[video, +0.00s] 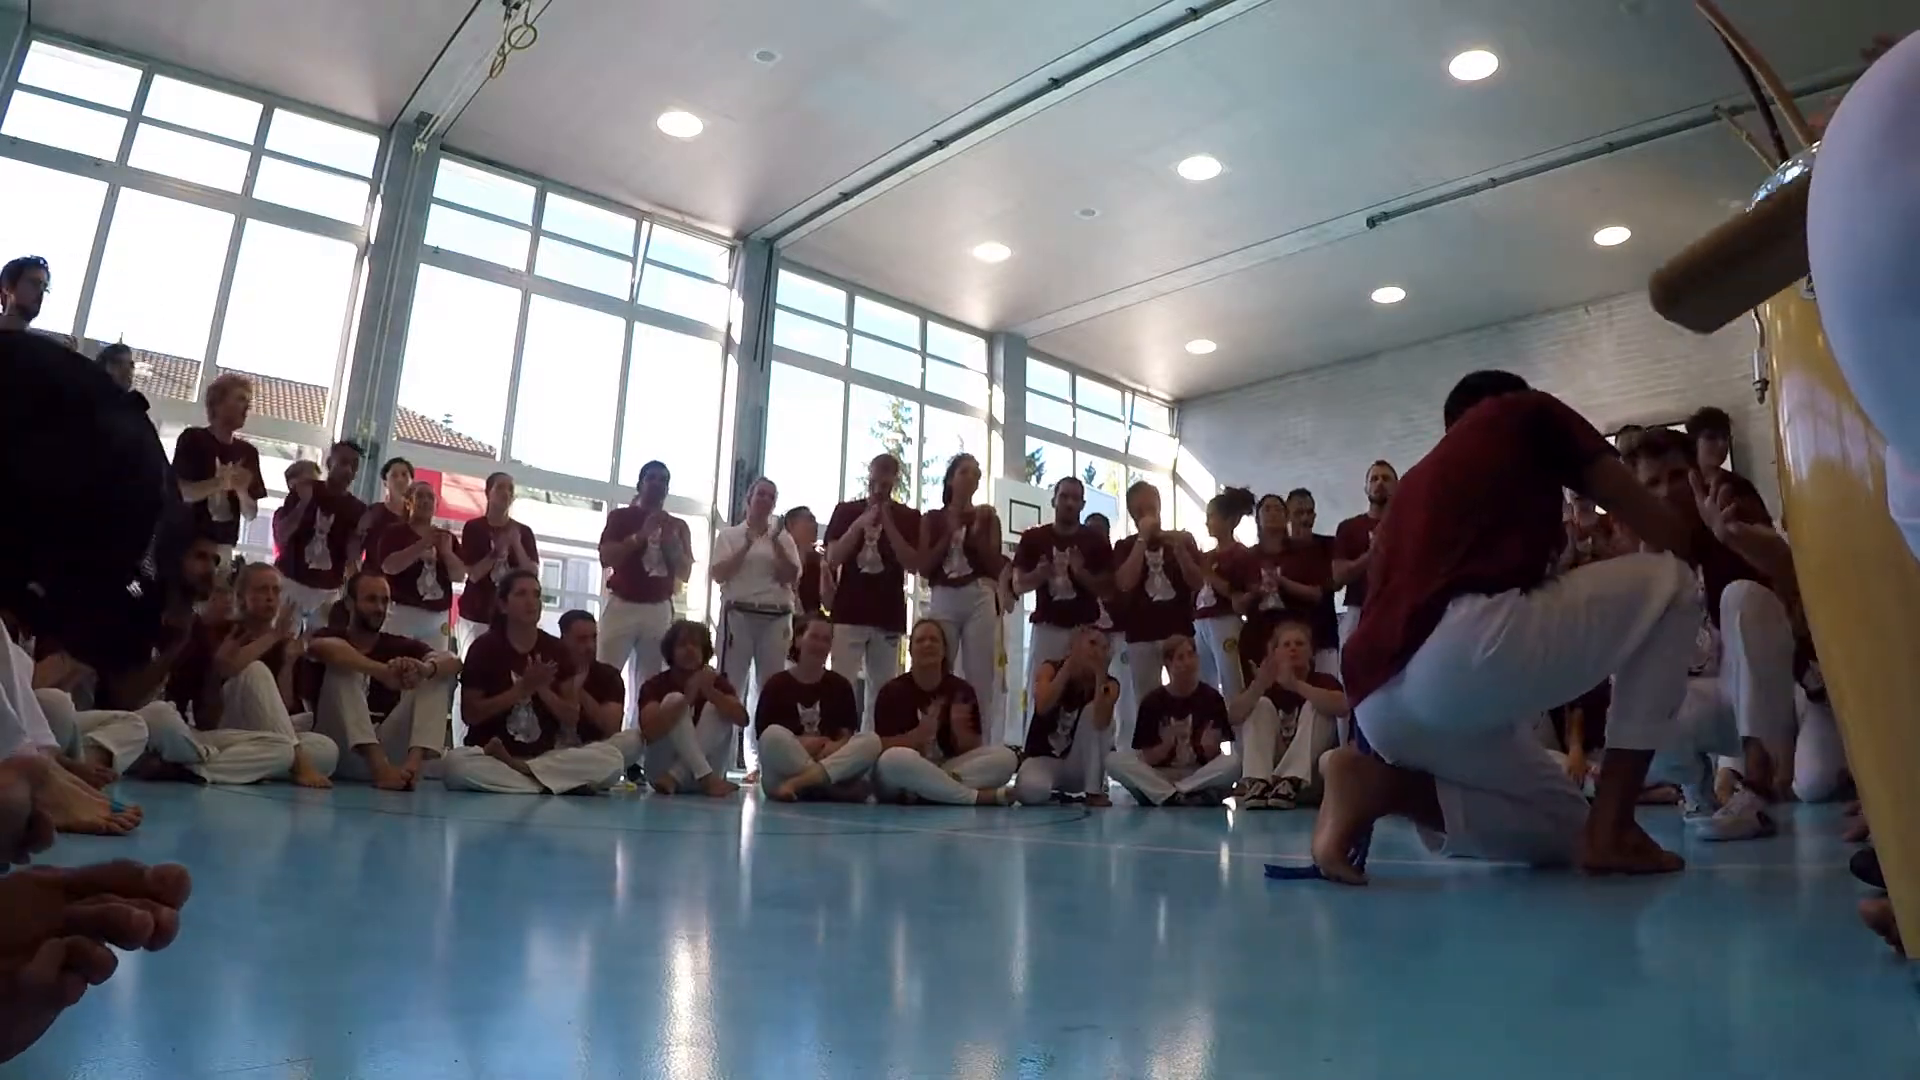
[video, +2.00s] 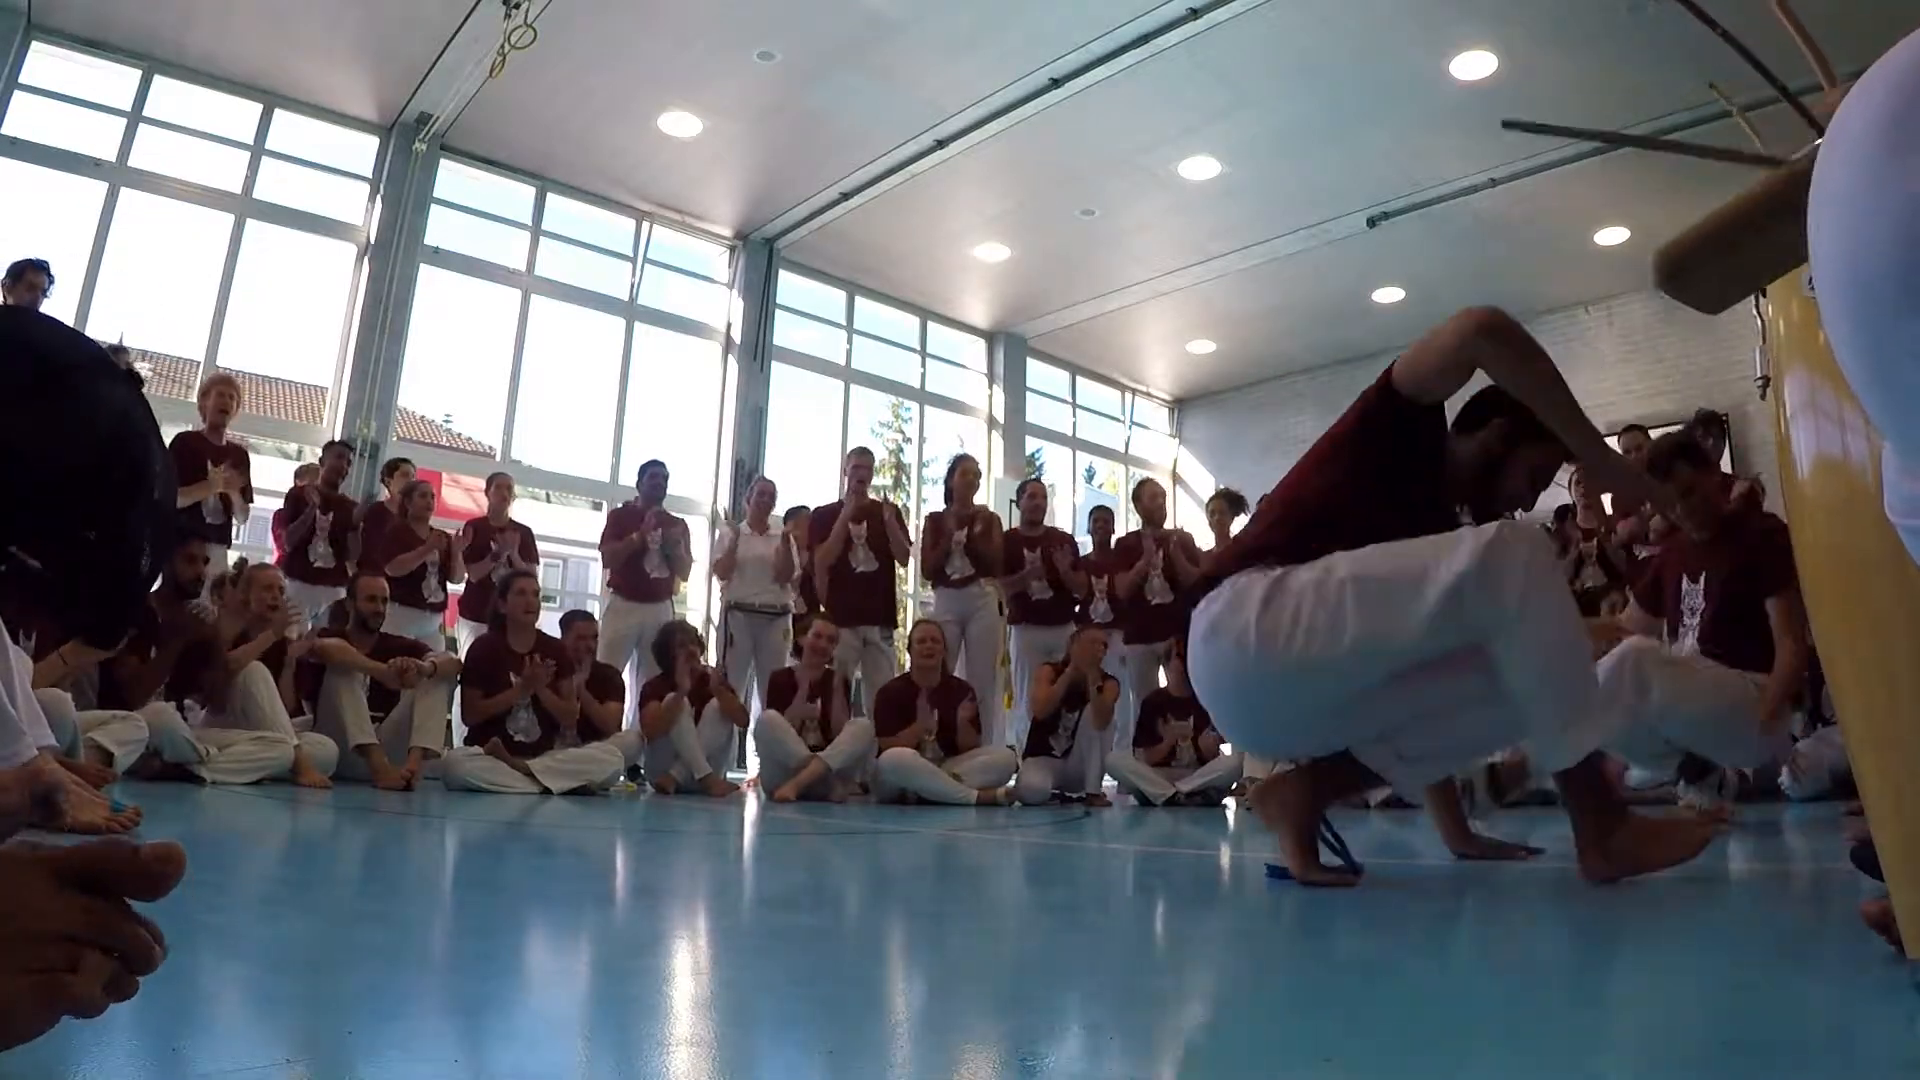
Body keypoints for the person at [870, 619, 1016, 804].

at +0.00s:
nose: (927, 645)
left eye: (934, 640)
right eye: (920, 640)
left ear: (944, 648)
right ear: (910, 649)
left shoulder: (962, 690)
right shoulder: (892, 691)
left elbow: (972, 749)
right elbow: (883, 745)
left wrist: (959, 728)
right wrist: (918, 735)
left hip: (951, 767)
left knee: (1006, 758)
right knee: (893, 760)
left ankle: (928, 792)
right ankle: (975, 798)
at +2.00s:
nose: (928, 646)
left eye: (935, 641)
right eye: (921, 642)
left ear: (944, 650)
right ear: (909, 650)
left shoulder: (961, 689)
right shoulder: (891, 692)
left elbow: (970, 749)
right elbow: (886, 747)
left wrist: (963, 723)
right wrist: (919, 728)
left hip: (951, 767)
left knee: (1005, 759)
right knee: (894, 759)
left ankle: (928, 792)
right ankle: (976, 798)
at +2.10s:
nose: (931, 646)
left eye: (937, 642)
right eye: (923, 642)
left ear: (945, 650)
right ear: (910, 649)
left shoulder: (961, 689)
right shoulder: (891, 692)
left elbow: (971, 748)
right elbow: (885, 746)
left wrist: (953, 721)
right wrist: (929, 731)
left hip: (951, 767)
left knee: (1005, 758)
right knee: (895, 759)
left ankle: (928, 791)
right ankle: (975, 798)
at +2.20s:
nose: (931, 646)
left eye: (937, 642)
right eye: (924, 642)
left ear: (945, 650)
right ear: (910, 649)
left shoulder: (962, 690)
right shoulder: (891, 692)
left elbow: (971, 748)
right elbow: (883, 746)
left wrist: (953, 723)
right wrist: (927, 732)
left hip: (951, 768)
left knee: (1006, 758)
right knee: (895, 759)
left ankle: (929, 792)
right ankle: (976, 797)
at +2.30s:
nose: (932, 647)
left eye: (938, 642)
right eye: (924, 642)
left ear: (945, 650)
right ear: (911, 650)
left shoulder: (961, 690)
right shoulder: (891, 692)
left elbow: (974, 744)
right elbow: (882, 746)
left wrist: (959, 734)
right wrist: (920, 733)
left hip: (951, 765)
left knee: (1005, 758)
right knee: (895, 759)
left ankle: (929, 792)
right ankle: (974, 797)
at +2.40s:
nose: (933, 647)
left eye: (939, 642)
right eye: (925, 642)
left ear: (946, 650)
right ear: (911, 650)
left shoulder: (961, 691)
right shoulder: (890, 693)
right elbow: (884, 747)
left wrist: (961, 726)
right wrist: (921, 732)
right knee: (892, 757)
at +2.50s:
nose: (933, 647)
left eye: (939, 642)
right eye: (925, 642)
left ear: (945, 650)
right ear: (911, 650)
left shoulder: (962, 691)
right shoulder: (890, 693)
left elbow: (972, 740)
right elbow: (884, 745)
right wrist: (925, 740)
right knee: (891, 757)